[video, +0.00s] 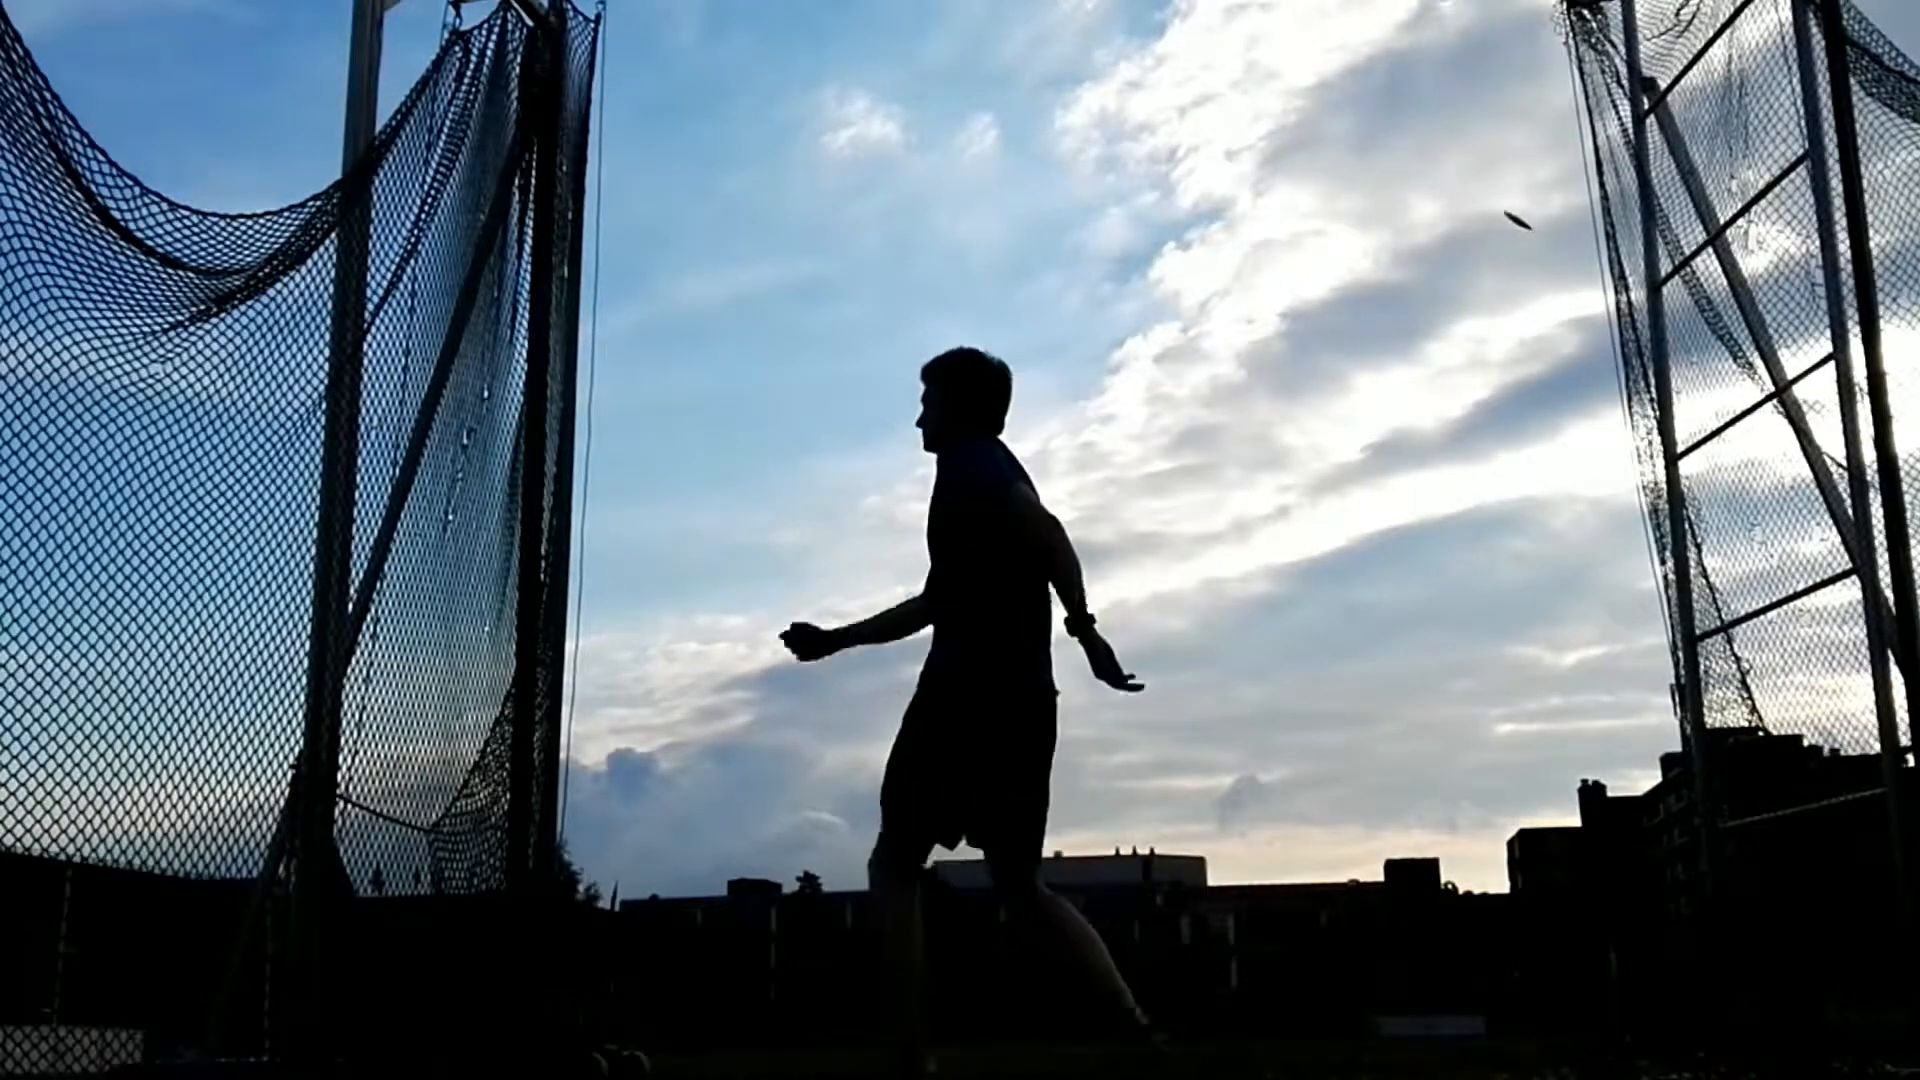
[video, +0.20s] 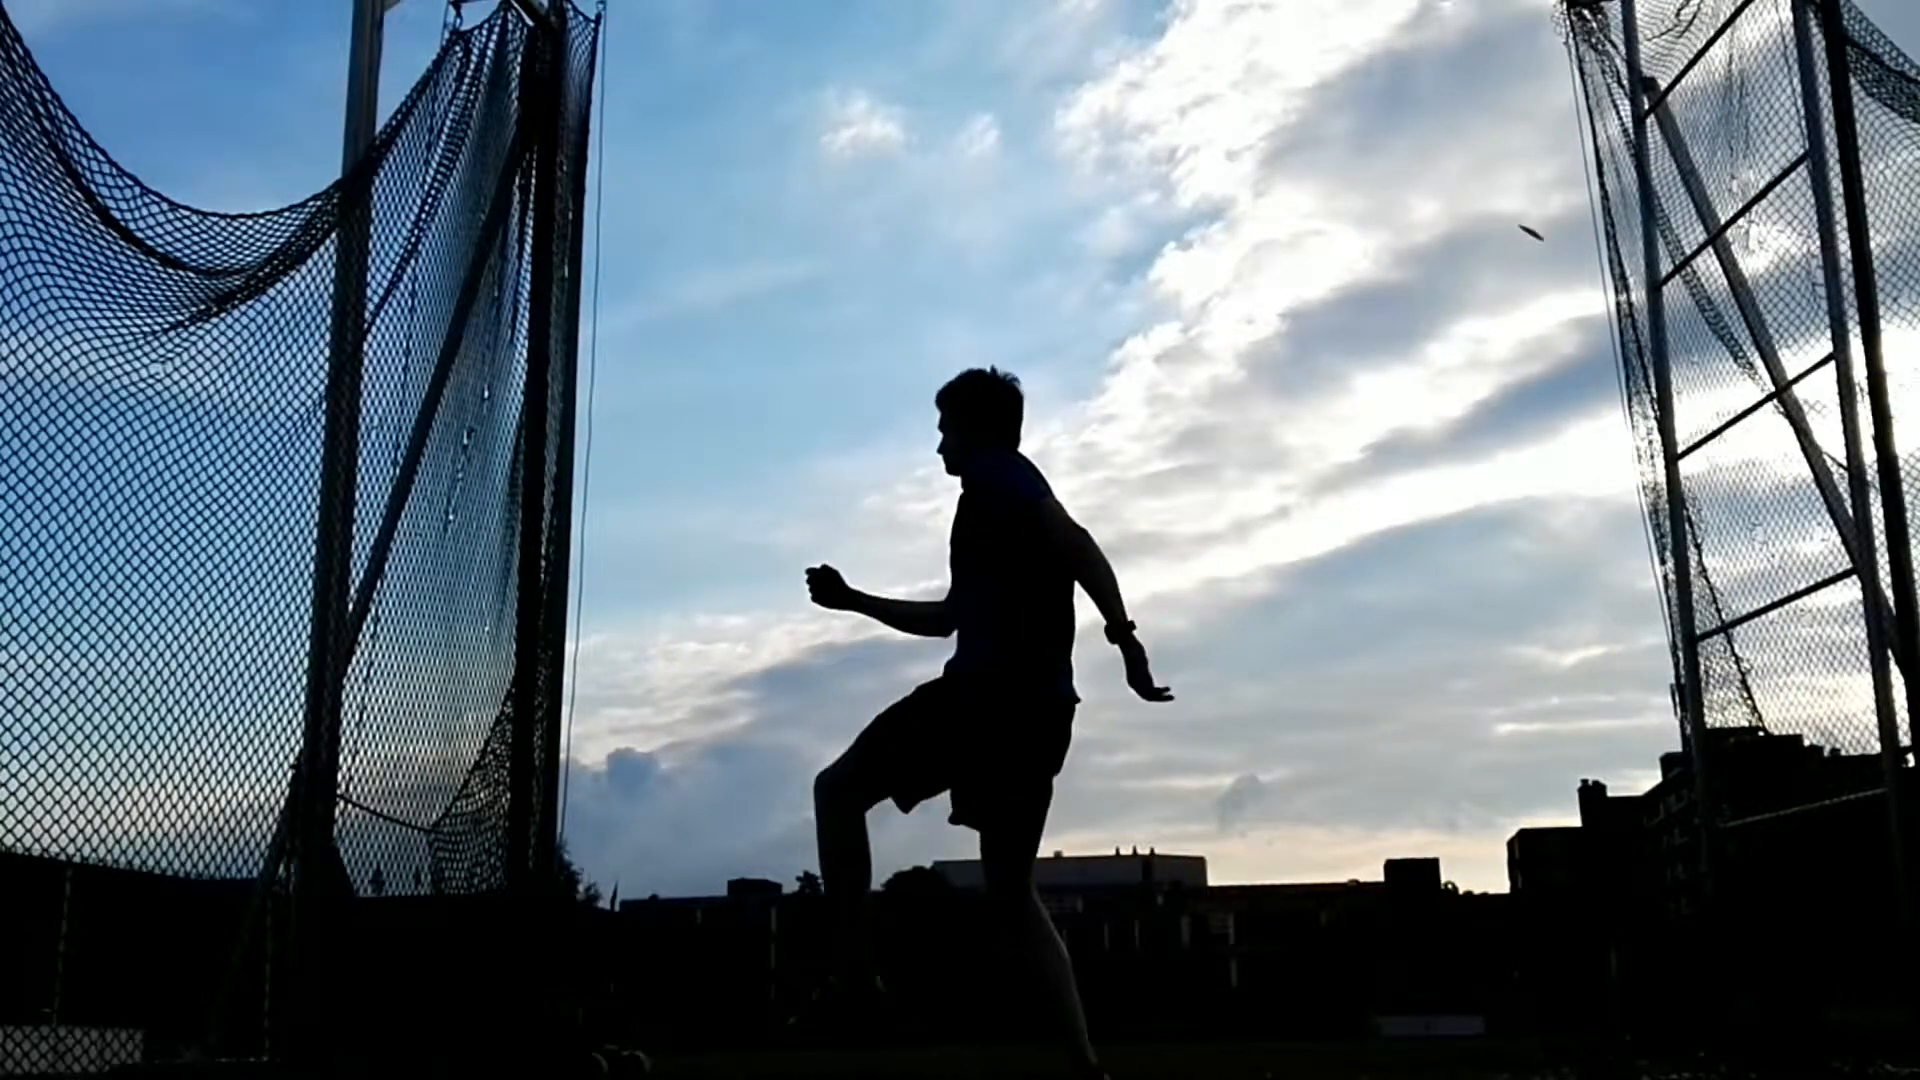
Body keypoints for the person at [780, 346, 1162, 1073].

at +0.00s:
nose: (918, 416)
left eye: (929, 401)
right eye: (921, 401)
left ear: (963, 406)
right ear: (980, 407)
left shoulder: (977, 465)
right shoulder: (971, 476)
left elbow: (1049, 535)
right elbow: (937, 600)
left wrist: (1083, 624)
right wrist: (835, 641)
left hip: (965, 698)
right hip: (1018, 702)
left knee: (895, 867)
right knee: (1021, 884)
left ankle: (905, 1045)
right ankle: (1131, 1026)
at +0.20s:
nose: (938, 440)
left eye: (947, 425)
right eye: (938, 426)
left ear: (978, 425)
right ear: (995, 425)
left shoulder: (1002, 477)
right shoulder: (988, 499)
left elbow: (1081, 550)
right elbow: (943, 618)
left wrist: (1127, 640)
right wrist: (852, 599)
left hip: (982, 697)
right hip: (1032, 709)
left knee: (838, 790)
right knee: (1012, 891)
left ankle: (848, 969)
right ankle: (1078, 1054)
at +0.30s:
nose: (944, 457)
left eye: (952, 442)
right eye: (944, 443)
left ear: (984, 443)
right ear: (997, 444)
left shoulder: (1009, 493)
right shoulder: (1000, 517)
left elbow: (1091, 566)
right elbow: (942, 637)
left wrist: (1141, 658)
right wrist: (856, 604)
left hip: (993, 709)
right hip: (1036, 727)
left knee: (831, 742)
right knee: (1022, 903)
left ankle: (809, 893)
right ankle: (1084, 1057)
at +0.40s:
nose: (949, 473)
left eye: (956, 458)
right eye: (949, 459)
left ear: (986, 457)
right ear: (998, 460)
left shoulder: (1016, 509)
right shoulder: (1003, 539)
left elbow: (1095, 579)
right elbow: (943, 650)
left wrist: (1153, 666)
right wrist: (861, 611)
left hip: (1008, 722)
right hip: (1032, 739)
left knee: (840, 699)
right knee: (1020, 916)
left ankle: (762, 841)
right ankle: (1085, 1065)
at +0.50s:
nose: (949, 480)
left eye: (955, 465)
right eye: (949, 467)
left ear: (982, 464)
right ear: (999, 465)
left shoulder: (1013, 515)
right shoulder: (1004, 545)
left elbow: (1091, 579)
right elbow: (953, 652)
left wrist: (1153, 652)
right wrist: (869, 614)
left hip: (1005, 721)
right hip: (1033, 745)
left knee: (854, 659)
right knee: (1015, 913)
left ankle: (742, 757)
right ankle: (1083, 1062)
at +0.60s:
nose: (950, 478)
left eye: (952, 464)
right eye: (950, 466)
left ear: (971, 462)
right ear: (1007, 461)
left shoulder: (1004, 511)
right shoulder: (1011, 529)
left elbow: (1084, 572)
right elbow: (978, 650)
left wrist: (1151, 640)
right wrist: (882, 617)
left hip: (999, 704)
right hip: (1042, 733)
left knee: (871, 623)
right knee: (1010, 897)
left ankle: (740, 692)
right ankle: (1075, 1050)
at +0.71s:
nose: (951, 470)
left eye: (954, 458)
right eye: (953, 458)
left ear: (964, 457)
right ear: (1012, 456)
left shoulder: (991, 502)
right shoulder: (1023, 514)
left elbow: (1071, 557)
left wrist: (1136, 618)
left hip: (994, 692)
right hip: (1041, 724)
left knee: (873, 593)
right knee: (1011, 892)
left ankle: (745, 646)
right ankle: (1073, 1051)